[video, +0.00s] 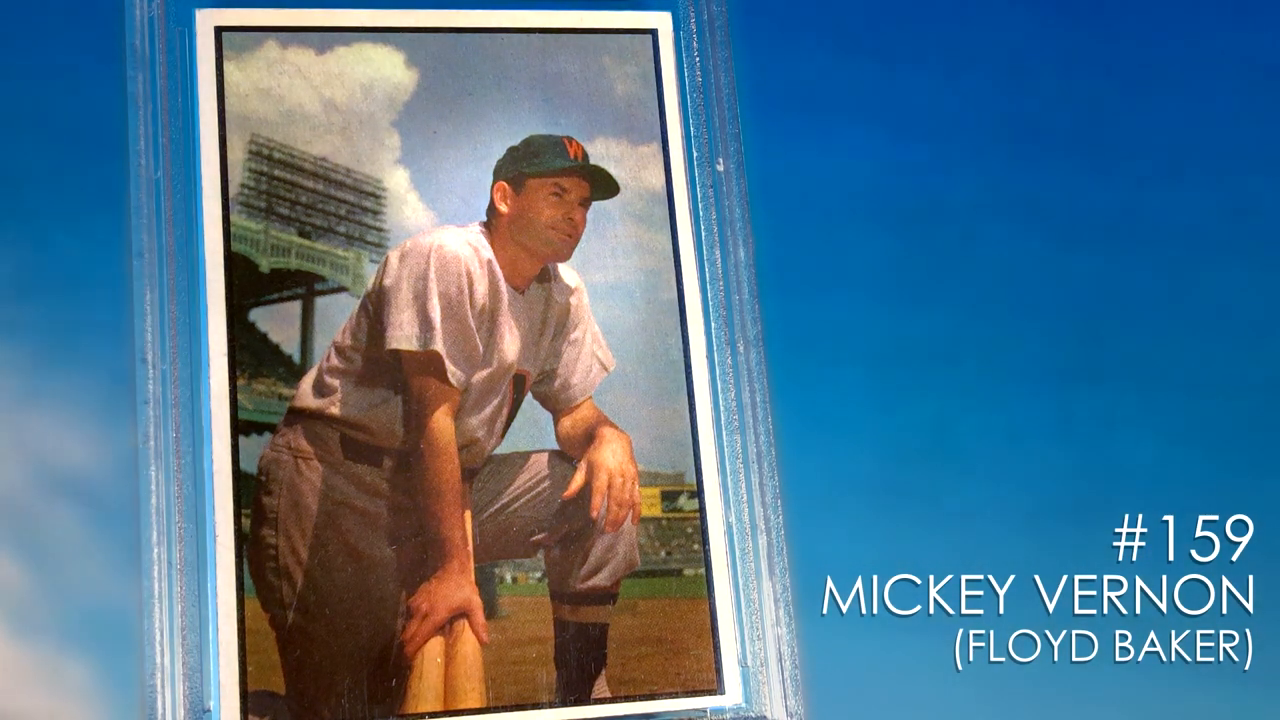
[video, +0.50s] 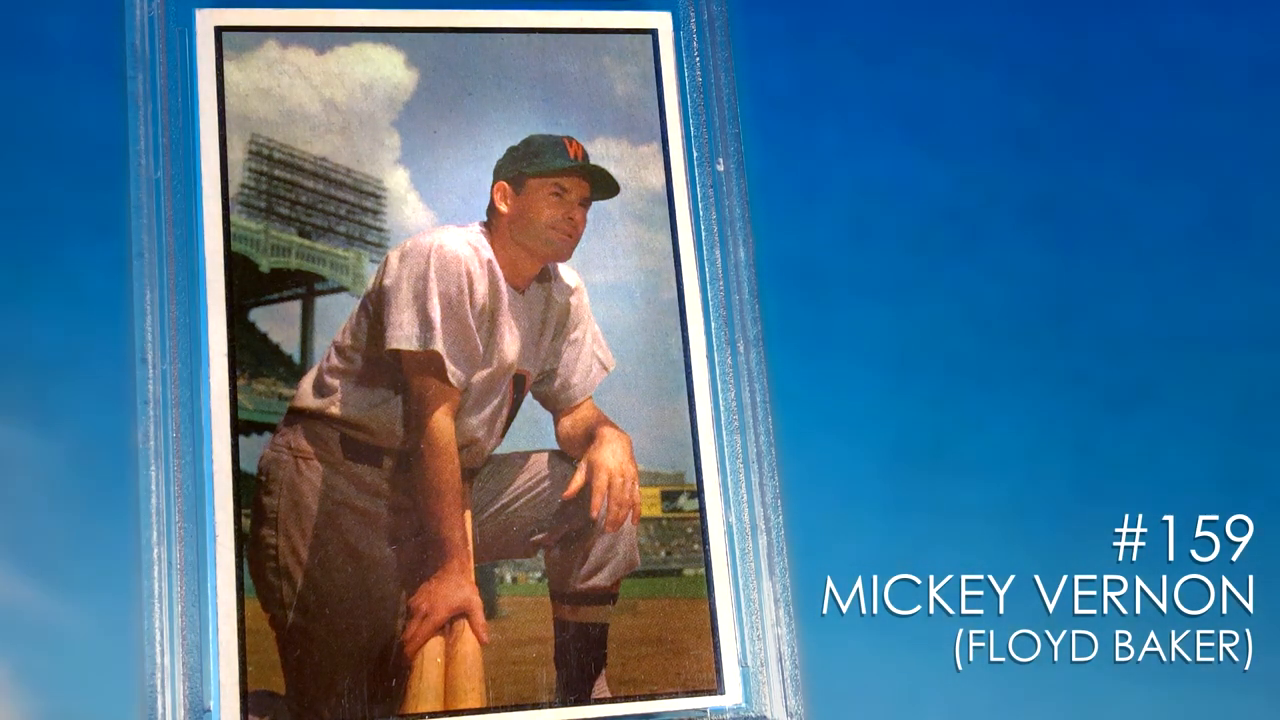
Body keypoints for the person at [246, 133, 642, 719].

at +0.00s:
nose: (576, 215)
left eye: (584, 204)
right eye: (557, 193)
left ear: (586, 217)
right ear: (504, 197)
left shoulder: (560, 296)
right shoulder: (441, 257)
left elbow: (575, 416)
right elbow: (431, 420)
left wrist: (609, 435)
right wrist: (454, 566)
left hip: (439, 486)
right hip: (334, 478)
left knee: (595, 488)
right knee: (348, 702)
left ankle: (579, 696)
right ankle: (239, 706)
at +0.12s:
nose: (576, 216)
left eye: (584, 204)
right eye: (557, 194)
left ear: (586, 217)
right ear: (505, 197)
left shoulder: (560, 296)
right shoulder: (441, 257)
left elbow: (575, 415)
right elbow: (432, 420)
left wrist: (609, 435)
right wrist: (454, 566)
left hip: (439, 485)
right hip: (335, 477)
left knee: (595, 488)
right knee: (349, 700)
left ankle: (580, 695)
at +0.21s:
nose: (576, 216)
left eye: (584, 204)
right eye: (557, 193)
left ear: (586, 217)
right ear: (505, 197)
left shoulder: (560, 296)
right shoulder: (441, 257)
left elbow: (575, 415)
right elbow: (432, 419)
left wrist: (609, 435)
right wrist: (454, 566)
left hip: (439, 486)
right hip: (335, 477)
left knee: (595, 488)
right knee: (349, 700)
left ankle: (580, 695)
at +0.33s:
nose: (575, 215)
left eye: (584, 203)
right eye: (557, 193)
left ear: (587, 217)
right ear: (504, 197)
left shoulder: (560, 296)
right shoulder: (441, 257)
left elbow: (575, 415)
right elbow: (432, 419)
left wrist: (609, 435)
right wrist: (454, 566)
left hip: (439, 486)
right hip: (335, 478)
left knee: (595, 487)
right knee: (348, 702)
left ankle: (581, 694)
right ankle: (237, 705)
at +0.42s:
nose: (575, 215)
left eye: (584, 203)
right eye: (557, 193)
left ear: (587, 217)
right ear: (504, 197)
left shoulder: (560, 296)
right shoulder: (441, 257)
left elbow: (575, 415)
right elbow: (432, 419)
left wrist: (609, 435)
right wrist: (454, 566)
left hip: (439, 486)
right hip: (334, 478)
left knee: (595, 488)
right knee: (348, 701)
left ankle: (581, 695)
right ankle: (237, 705)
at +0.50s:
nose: (576, 215)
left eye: (584, 203)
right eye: (558, 193)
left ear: (587, 217)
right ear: (504, 197)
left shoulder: (560, 296)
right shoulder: (441, 256)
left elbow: (575, 415)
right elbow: (432, 420)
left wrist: (609, 435)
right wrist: (454, 566)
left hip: (439, 486)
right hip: (334, 479)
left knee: (595, 488)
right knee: (348, 702)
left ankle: (581, 694)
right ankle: (237, 706)